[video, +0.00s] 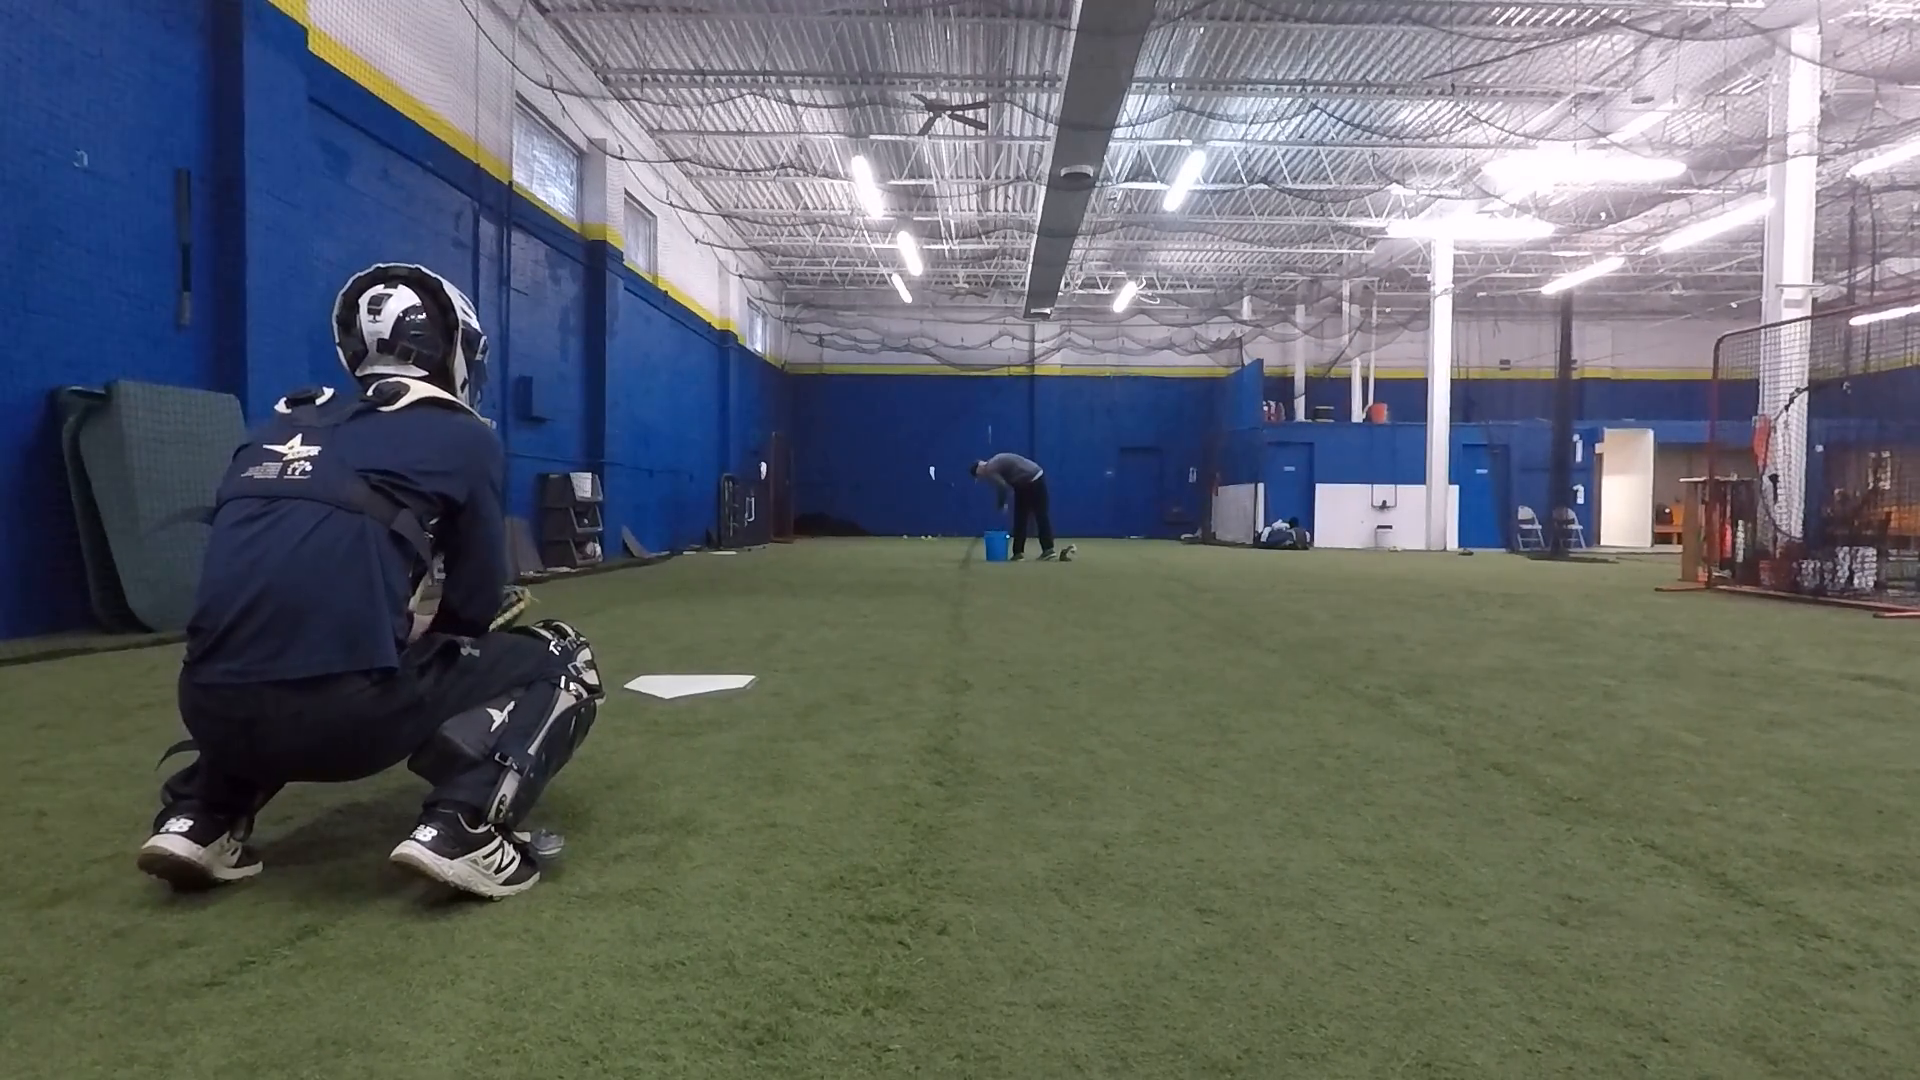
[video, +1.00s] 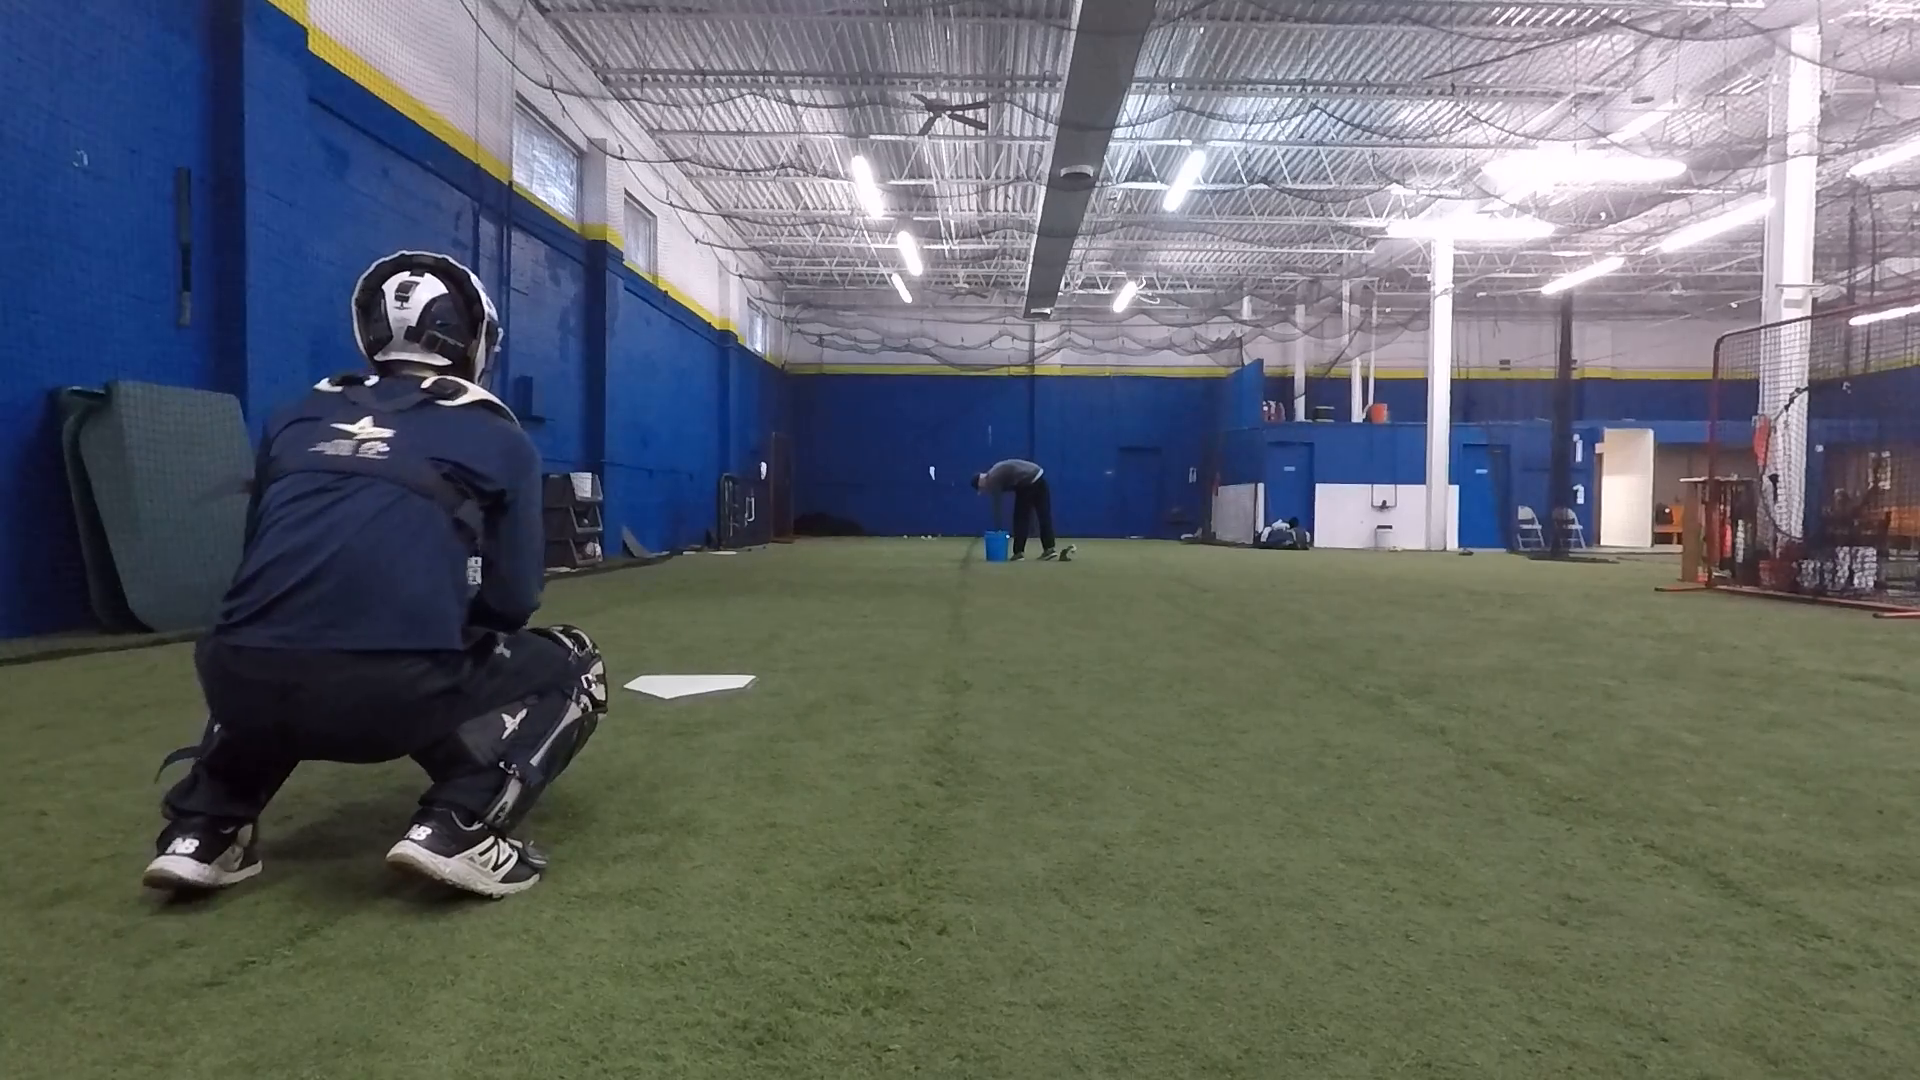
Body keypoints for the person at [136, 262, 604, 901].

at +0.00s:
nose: (473, 364)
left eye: (470, 349)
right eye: (468, 349)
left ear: (351, 352)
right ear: (452, 351)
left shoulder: (281, 423)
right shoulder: (465, 437)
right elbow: (475, 604)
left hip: (221, 714)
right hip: (353, 715)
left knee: (288, 624)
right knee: (564, 663)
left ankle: (200, 816)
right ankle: (464, 824)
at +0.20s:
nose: (473, 366)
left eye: (470, 350)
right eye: (468, 350)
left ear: (351, 353)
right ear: (451, 352)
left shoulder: (280, 422)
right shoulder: (468, 438)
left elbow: (254, 577)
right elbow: (465, 606)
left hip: (222, 710)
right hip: (353, 712)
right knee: (564, 661)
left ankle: (198, 818)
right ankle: (463, 825)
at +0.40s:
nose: (479, 352)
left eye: (475, 338)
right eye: (474, 337)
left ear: (361, 340)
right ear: (461, 341)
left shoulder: (285, 408)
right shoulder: (484, 433)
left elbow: (248, 549)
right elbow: (478, 596)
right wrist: (415, 668)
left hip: (236, 687)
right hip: (375, 693)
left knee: (287, 630)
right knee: (561, 664)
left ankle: (193, 827)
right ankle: (463, 825)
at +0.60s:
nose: (481, 344)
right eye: (475, 330)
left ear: (361, 333)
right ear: (465, 339)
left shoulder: (289, 406)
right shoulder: (501, 434)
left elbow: (261, 555)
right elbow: (504, 597)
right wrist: (451, 671)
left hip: (270, 681)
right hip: (415, 689)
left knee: (271, 646)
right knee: (562, 667)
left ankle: (191, 833)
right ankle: (465, 821)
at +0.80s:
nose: (485, 335)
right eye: (479, 322)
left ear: (366, 329)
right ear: (471, 332)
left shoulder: (295, 402)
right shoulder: (503, 427)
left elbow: (260, 552)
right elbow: (514, 594)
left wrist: (310, 629)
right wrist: (450, 655)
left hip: (276, 674)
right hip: (422, 681)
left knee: (269, 650)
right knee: (566, 669)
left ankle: (196, 837)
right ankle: (464, 820)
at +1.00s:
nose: (488, 348)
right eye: (483, 334)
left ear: (369, 338)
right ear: (472, 342)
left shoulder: (295, 415)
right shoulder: (502, 439)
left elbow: (259, 554)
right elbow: (513, 598)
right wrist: (448, 636)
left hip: (252, 685)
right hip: (397, 693)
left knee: (283, 629)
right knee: (572, 665)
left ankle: (202, 827)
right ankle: (459, 823)